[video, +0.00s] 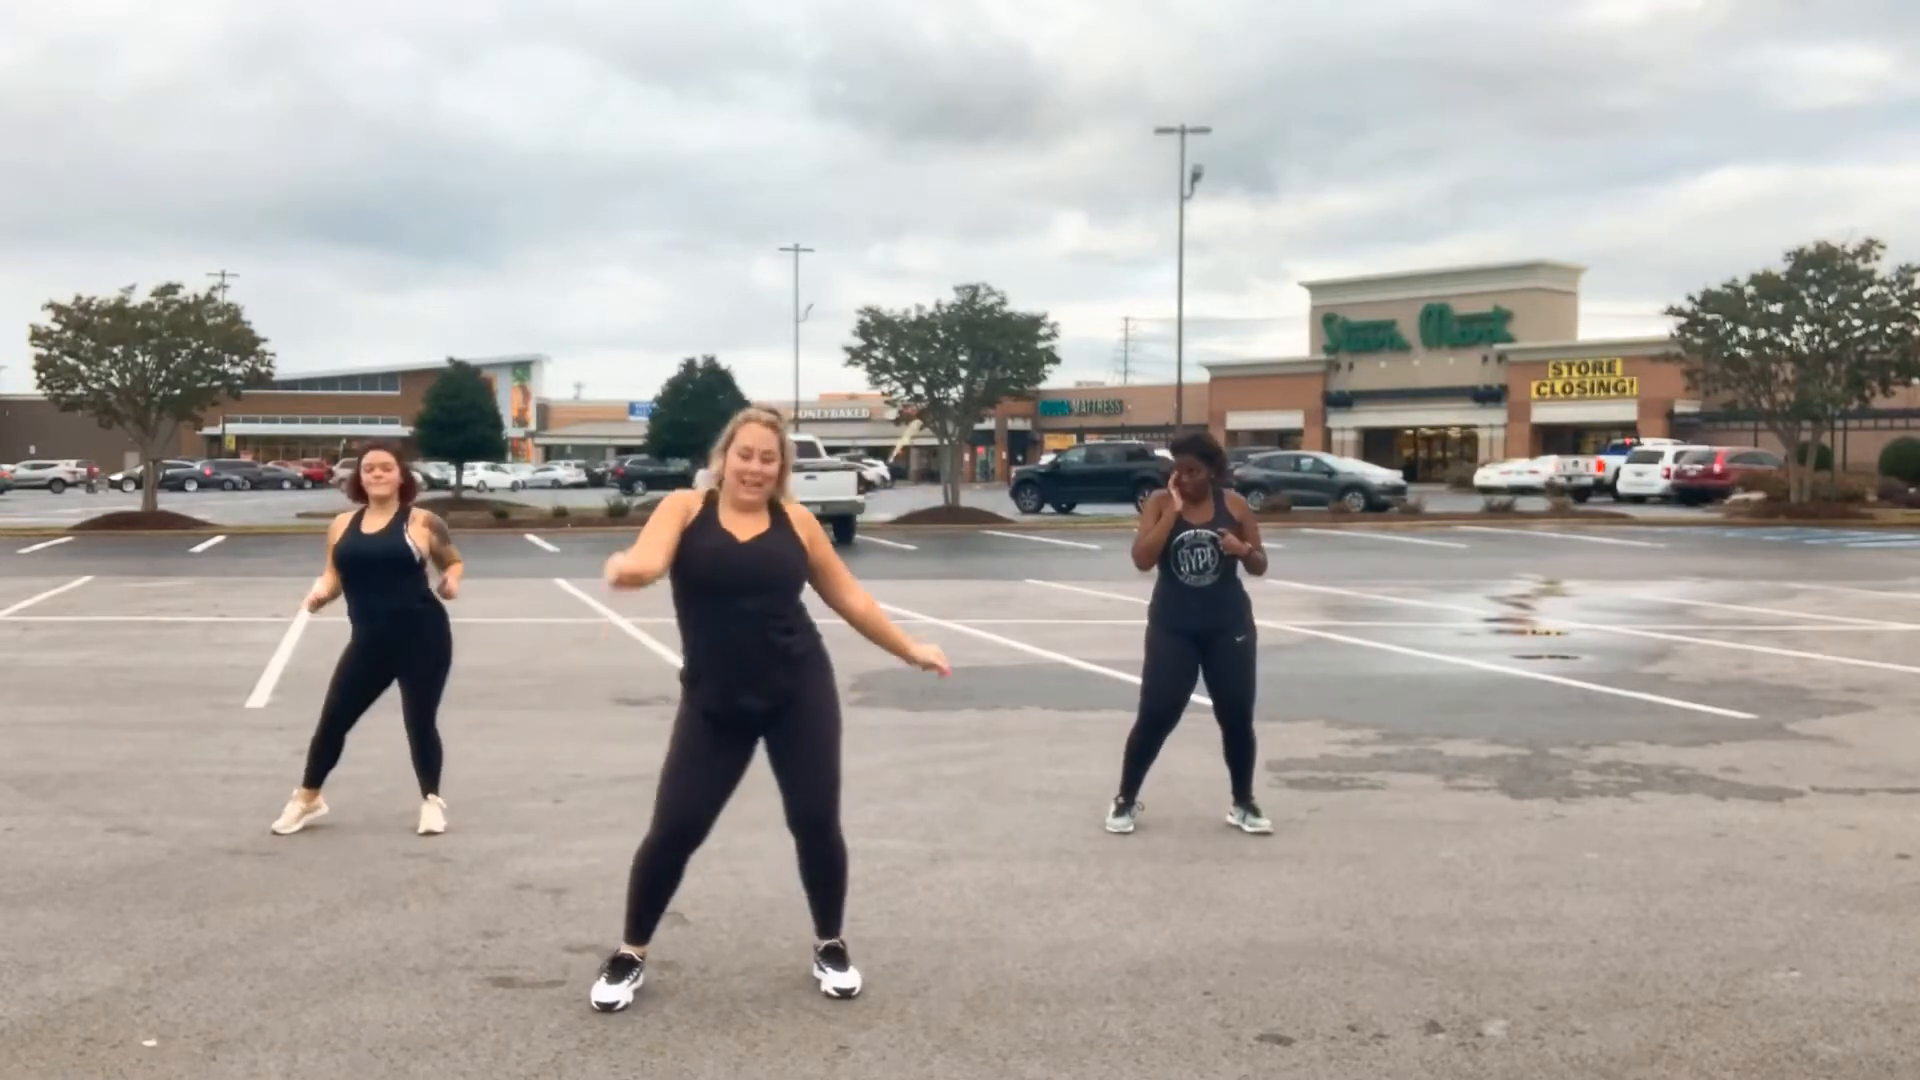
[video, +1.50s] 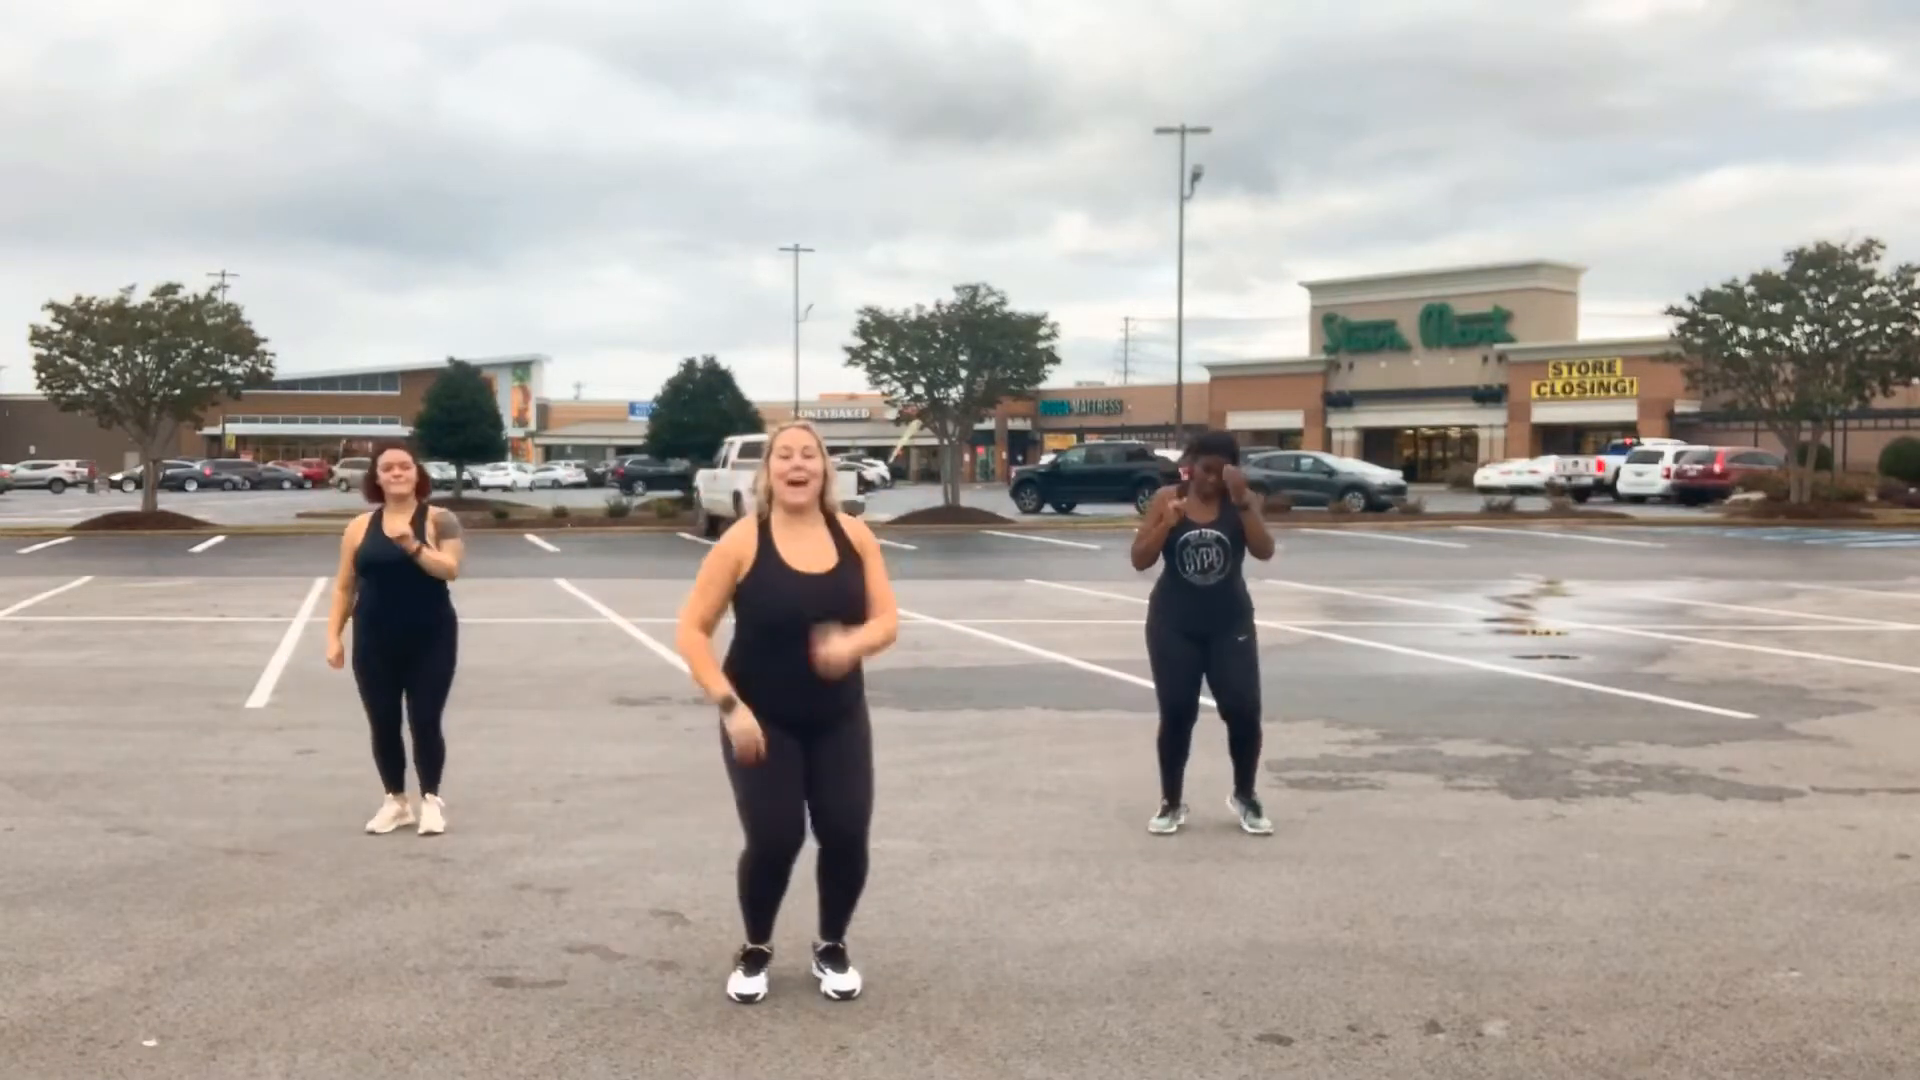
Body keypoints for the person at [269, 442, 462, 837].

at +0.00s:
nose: (378, 474)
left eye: (386, 468)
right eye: (370, 469)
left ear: (401, 476)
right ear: (359, 479)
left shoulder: (423, 522)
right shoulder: (343, 525)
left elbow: (452, 562)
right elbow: (334, 574)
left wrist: (450, 579)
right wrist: (319, 593)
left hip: (422, 637)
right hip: (370, 641)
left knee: (420, 722)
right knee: (333, 720)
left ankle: (431, 800)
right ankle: (308, 797)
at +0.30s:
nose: (359, 478)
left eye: (367, 471)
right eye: (351, 473)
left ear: (383, 478)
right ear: (341, 483)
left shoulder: (407, 522)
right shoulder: (328, 528)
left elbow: (436, 561)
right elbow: (320, 580)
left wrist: (442, 569)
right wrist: (288, 585)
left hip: (391, 643)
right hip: (334, 641)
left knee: (404, 725)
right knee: (307, 722)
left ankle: (428, 800)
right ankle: (303, 797)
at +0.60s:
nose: (344, 476)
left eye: (351, 469)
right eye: (335, 471)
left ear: (366, 476)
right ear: (324, 480)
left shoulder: (389, 522)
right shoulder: (307, 527)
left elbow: (411, 584)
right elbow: (297, 581)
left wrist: (411, 570)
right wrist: (283, 589)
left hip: (366, 639)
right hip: (308, 636)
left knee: (388, 724)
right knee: (301, 721)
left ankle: (426, 799)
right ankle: (301, 797)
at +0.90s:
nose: (354, 476)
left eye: (361, 469)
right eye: (345, 470)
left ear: (374, 477)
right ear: (332, 480)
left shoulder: (397, 524)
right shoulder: (312, 528)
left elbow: (433, 574)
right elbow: (282, 582)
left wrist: (442, 625)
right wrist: (284, 552)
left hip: (388, 642)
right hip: (331, 641)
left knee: (401, 726)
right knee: (305, 722)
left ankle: (427, 800)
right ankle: (303, 798)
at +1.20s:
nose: (378, 469)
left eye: (385, 462)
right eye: (369, 464)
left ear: (398, 470)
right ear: (356, 473)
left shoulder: (420, 513)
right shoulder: (339, 519)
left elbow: (462, 543)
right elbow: (308, 570)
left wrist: (451, 573)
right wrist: (325, 600)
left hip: (417, 633)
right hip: (364, 635)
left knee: (416, 718)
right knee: (339, 721)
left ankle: (428, 800)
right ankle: (312, 798)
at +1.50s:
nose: (397, 474)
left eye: (404, 467)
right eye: (388, 469)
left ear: (418, 474)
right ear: (377, 479)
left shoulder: (440, 519)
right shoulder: (359, 527)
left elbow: (449, 567)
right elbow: (344, 586)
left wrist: (415, 548)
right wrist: (334, 635)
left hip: (430, 640)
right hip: (375, 640)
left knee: (425, 721)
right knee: (383, 724)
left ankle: (429, 798)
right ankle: (395, 799)